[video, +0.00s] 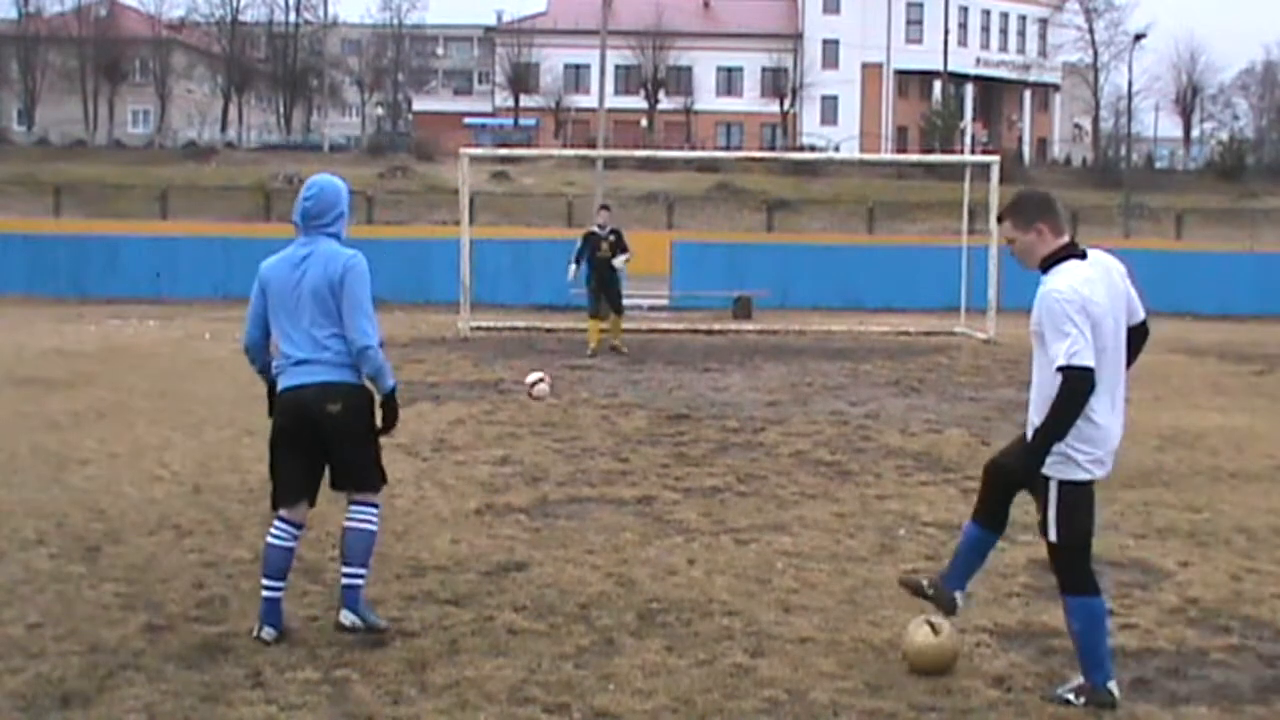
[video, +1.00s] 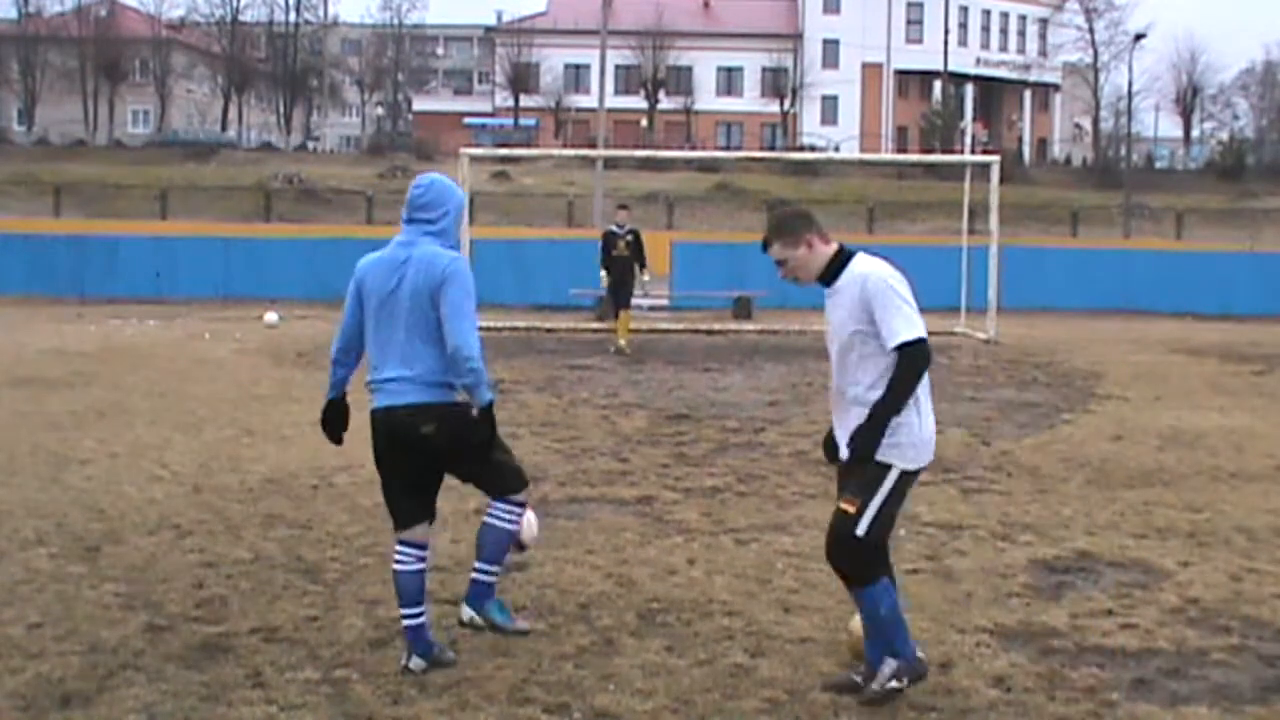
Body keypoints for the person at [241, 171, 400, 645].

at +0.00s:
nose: (349, 219)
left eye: (343, 211)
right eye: (347, 212)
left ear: (300, 213)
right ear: (341, 215)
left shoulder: (271, 266)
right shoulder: (350, 263)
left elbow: (254, 340)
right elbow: (362, 342)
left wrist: (272, 376)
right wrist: (388, 387)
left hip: (291, 400)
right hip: (344, 398)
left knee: (291, 506)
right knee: (364, 494)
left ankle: (270, 616)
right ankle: (352, 605)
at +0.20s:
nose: (367, 221)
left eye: (363, 213)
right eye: (365, 215)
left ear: (318, 215)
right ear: (360, 219)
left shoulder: (286, 269)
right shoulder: (367, 273)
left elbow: (273, 348)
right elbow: (389, 350)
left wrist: (303, 378)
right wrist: (429, 390)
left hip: (301, 410)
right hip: (355, 411)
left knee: (296, 514)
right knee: (384, 513)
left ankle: (269, 621)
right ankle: (391, 625)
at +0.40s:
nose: (401, 230)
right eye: (401, 223)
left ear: (356, 228)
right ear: (401, 228)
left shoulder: (328, 285)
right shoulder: (415, 288)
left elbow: (306, 360)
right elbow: (447, 364)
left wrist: (312, 399)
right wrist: (487, 400)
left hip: (333, 425)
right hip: (386, 427)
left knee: (318, 523)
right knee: (402, 536)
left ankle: (282, 618)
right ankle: (389, 652)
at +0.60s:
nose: (431, 215)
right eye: (430, 207)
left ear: (382, 206)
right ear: (428, 210)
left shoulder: (351, 264)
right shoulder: (443, 265)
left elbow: (326, 342)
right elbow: (468, 339)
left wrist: (318, 399)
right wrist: (493, 384)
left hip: (363, 407)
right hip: (414, 412)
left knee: (373, 514)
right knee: (410, 528)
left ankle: (350, 627)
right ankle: (395, 643)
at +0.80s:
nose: (447, 226)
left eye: (445, 219)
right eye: (445, 219)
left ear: (394, 214)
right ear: (438, 220)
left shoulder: (357, 270)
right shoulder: (444, 272)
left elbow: (332, 347)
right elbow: (467, 353)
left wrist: (318, 404)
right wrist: (496, 403)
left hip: (383, 422)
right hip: (438, 420)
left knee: (410, 528)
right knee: (466, 524)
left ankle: (418, 647)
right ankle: (423, 621)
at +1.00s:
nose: (461, 225)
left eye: (460, 217)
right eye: (459, 217)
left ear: (408, 212)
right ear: (449, 217)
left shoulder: (368, 267)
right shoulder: (451, 267)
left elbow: (347, 343)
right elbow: (461, 347)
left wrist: (336, 394)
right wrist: (484, 398)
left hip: (389, 421)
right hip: (443, 416)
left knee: (411, 530)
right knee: (511, 490)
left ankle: (417, 644)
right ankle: (480, 597)